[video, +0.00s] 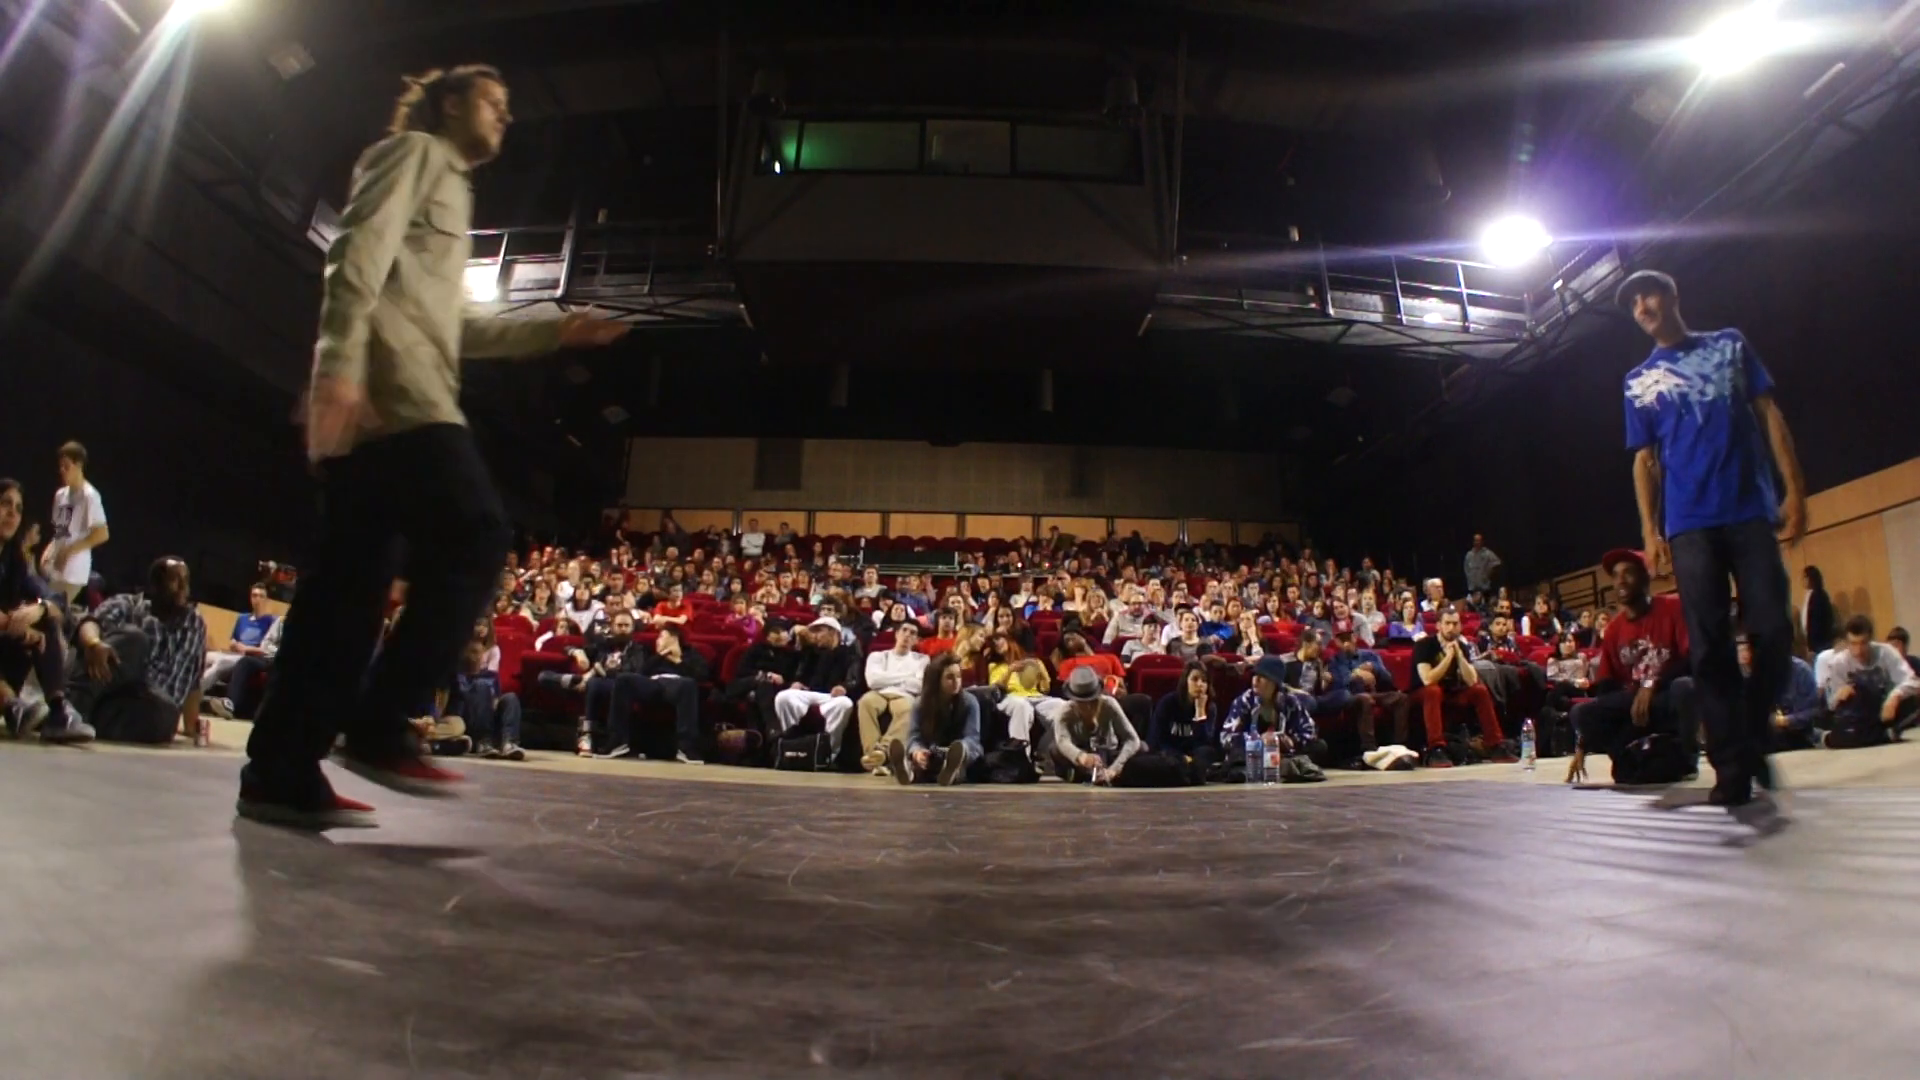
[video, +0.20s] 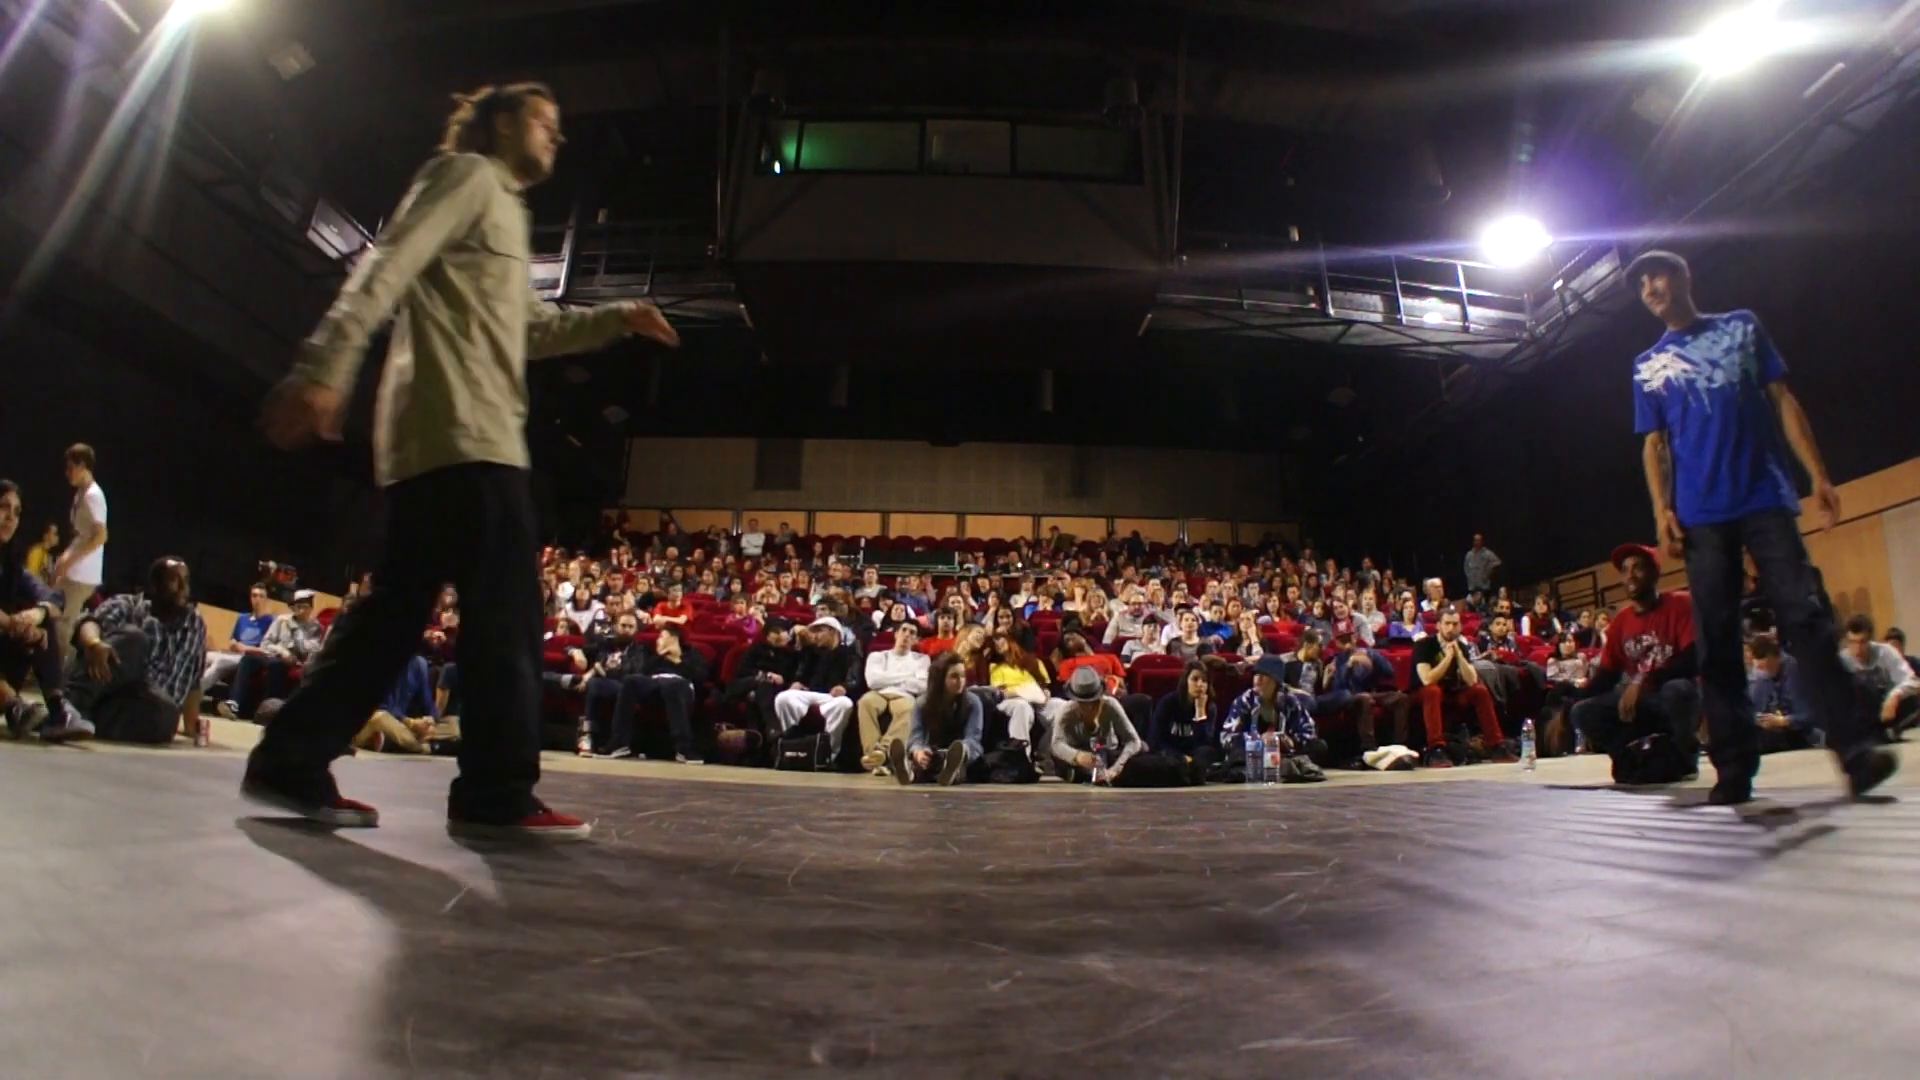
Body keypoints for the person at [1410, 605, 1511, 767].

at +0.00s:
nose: (1451, 628)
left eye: (1455, 624)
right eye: (1447, 623)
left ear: (1460, 626)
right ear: (1439, 626)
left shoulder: (1463, 646)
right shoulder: (1424, 646)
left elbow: (1472, 681)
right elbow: (1427, 678)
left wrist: (1459, 654)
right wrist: (1448, 657)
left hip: (1455, 691)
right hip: (1428, 693)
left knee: (1480, 691)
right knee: (1433, 691)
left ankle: (1496, 745)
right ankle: (1436, 748)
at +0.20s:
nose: (1451, 628)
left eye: (1455, 624)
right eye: (1447, 624)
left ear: (1460, 627)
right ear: (1438, 626)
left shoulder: (1462, 646)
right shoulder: (1424, 645)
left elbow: (1472, 681)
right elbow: (1427, 678)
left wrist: (1458, 654)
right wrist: (1448, 657)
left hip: (1455, 691)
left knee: (1480, 691)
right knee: (1433, 691)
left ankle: (1496, 745)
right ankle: (1436, 748)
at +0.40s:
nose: (1451, 628)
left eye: (1455, 624)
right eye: (1447, 624)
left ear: (1460, 627)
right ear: (1438, 626)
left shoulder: (1462, 646)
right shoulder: (1424, 645)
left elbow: (1472, 681)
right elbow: (1427, 678)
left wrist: (1459, 654)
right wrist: (1448, 657)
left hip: (1454, 692)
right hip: (1428, 693)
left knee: (1480, 691)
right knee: (1433, 691)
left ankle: (1496, 745)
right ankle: (1436, 748)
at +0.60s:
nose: (1451, 628)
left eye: (1455, 624)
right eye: (1447, 623)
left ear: (1460, 627)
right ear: (1439, 626)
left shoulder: (1462, 647)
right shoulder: (1424, 646)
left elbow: (1471, 681)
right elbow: (1427, 678)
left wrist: (1459, 655)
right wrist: (1449, 657)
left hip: (1454, 692)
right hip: (1428, 693)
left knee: (1480, 691)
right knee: (1433, 691)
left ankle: (1496, 745)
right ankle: (1436, 748)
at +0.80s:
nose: (1450, 629)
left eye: (1454, 624)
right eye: (1446, 624)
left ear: (1460, 627)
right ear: (1438, 626)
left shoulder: (1462, 646)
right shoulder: (1423, 646)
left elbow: (1471, 681)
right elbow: (1427, 678)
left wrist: (1458, 654)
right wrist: (1448, 657)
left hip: (1455, 692)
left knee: (1480, 691)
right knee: (1433, 691)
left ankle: (1496, 745)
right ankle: (1436, 748)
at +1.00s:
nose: (1450, 628)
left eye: (1454, 624)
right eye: (1446, 624)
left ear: (1460, 627)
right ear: (1438, 626)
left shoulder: (1462, 646)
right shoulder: (1423, 646)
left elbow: (1472, 681)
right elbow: (1427, 678)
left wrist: (1459, 655)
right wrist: (1449, 657)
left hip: (1454, 692)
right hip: (1428, 693)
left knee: (1480, 691)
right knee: (1433, 691)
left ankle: (1497, 745)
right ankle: (1436, 748)